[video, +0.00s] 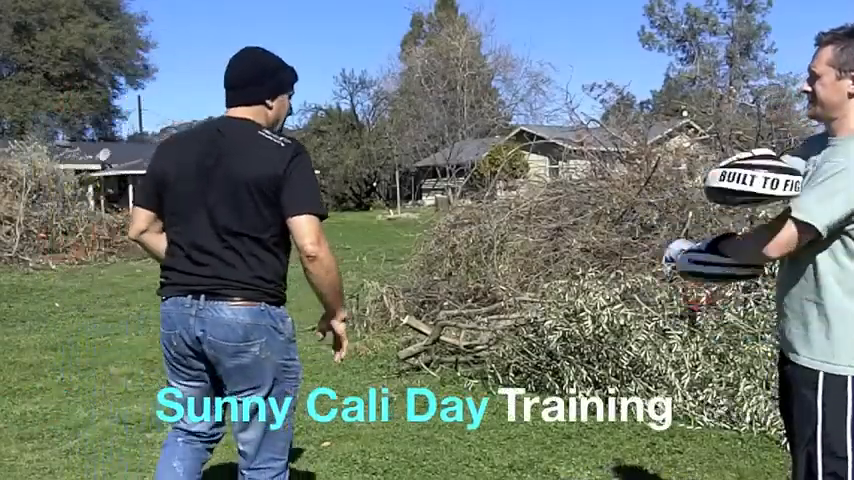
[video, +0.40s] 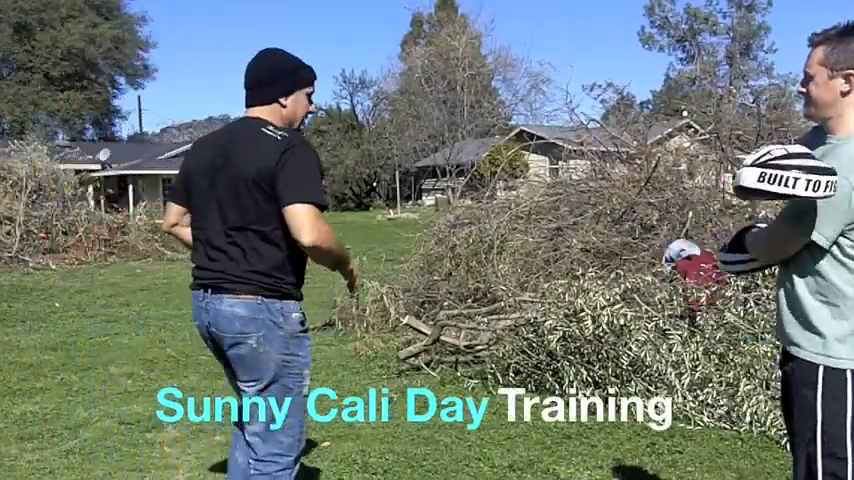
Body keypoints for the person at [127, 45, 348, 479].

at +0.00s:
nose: (289, 105)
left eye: (289, 95)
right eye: (288, 95)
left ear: (232, 93)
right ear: (270, 96)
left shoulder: (175, 146)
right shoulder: (285, 152)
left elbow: (141, 227)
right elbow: (311, 247)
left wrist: (192, 260)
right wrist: (334, 310)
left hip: (178, 314)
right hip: (247, 319)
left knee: (189, 431)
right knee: (263, 457)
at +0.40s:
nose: (310, 105)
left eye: (310, 95)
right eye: (307, 95)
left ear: (263, 95)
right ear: (282, 96)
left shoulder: (205, 146)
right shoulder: (288, 146)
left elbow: (175, 220)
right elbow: (310, 235)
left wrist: (223, 249)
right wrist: (344, 262)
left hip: (209, 306)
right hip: (261, 311)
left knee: (253, 421)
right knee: (276, 447)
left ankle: (244, 472)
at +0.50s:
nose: (314, 106)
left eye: (313, 96)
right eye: (309, 95)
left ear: (271, 96)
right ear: (283, 96)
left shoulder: (210, 147)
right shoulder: (288, 147)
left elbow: (183, 220)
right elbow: (306, 232)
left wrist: (230, 245)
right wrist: (344, 257)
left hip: (214, 305)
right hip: (263, 310)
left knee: (263, 420)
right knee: (277, 447)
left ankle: (258, 466)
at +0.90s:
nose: (324, 110)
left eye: (323, 100)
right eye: (316, 100)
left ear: (285, 106)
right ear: (285, 104)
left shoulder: (280, 152)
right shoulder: (265, 150)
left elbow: (277, 225)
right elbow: (267, 228)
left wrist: (317, 251)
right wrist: (330, 229)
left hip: (279, 303)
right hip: (259, 305)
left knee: (294, 433)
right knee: (290, 440)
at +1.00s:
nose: (327, 110)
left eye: (327, 101)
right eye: (318, 101)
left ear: (291, 107)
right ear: (287, 105)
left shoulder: (296, 159)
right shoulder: (257, 152)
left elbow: (297, 228)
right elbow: (252, 229)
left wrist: (337, 243)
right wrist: (325, 219)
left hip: (291, 305)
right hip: (257, 305)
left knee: (311, 424)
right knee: (291, 429)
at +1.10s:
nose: (328, 111)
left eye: (328, 102)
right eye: (318, 102)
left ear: (294, 109)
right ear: (286, 107)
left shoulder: (302, 163)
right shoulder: (254, 152)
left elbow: (299, 235)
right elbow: (246, 228)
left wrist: (344, 238)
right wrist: (320, 216)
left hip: (293, 305)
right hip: (255, 303)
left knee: (311, 424)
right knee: (290, 428)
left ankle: (302, 476)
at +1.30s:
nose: (325, 107)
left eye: (326, 99)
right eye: (315, 98)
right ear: (284, 103)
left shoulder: (314, 160)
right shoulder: (248, 147)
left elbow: (329, 226)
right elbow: (235, 221)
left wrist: (366, 219)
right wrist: (309, 205)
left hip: (303, 307)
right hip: (256, 303)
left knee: (311, 421)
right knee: (283, 418)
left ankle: (302, 478)